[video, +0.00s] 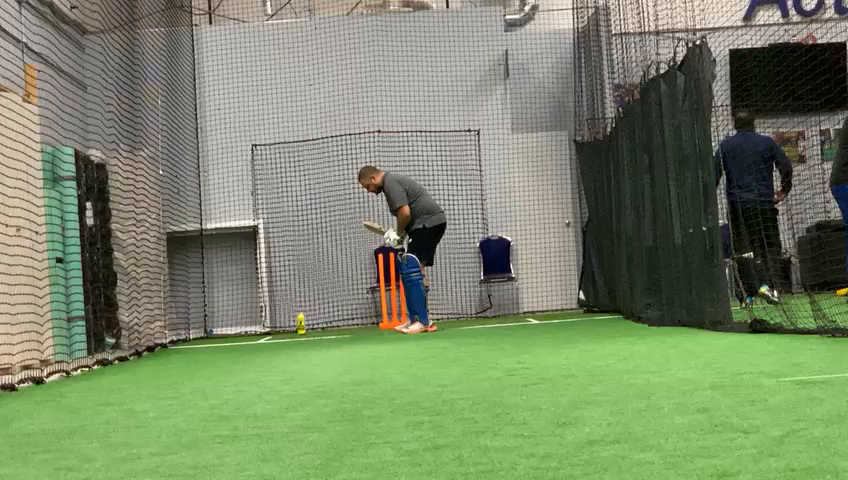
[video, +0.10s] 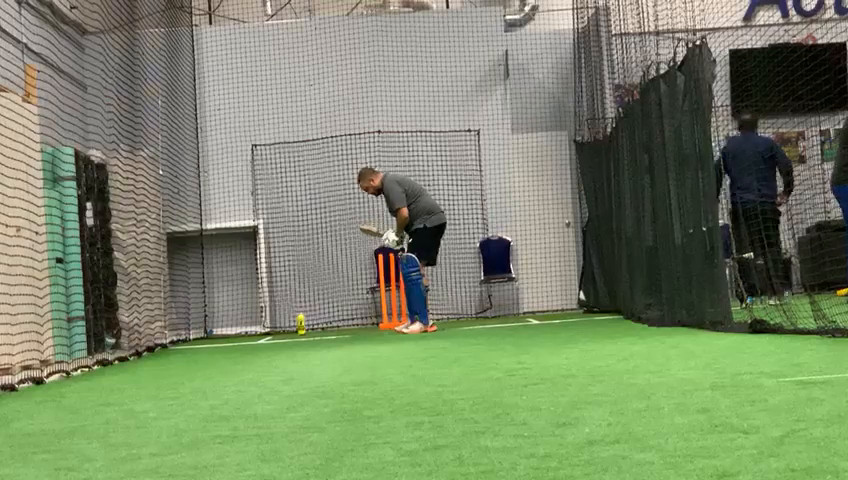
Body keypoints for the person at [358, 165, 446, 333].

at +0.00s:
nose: (368, 191)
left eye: (367, 186)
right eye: (366, 188)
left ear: (374, 178)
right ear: (374, 178)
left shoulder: (390, 182)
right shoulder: (390, 182)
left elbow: (404, 213)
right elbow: (403, 213)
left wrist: (399, 233)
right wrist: (398, 233)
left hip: (428, 223)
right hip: (425, 223)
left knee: (415, 269)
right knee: (413, 269)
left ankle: (422, 320)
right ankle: (416, 318)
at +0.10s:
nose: (369, 193)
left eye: (367, 189)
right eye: (366, 191)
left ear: (373, 180)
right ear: (373, 180)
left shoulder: (390, 183)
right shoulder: (389, 183)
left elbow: (403, 214)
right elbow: (403, 214)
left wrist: (398, 233)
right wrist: (397, 233)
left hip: (427, 223)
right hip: (426, 223)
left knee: (415, 269)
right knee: (415, 269)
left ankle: (421, 320)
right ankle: (419, 318)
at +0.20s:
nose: (368, 196)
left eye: (366, 192)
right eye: (365, 194)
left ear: (371, 184)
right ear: (372, 183)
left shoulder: (388, 184)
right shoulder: (388, 184)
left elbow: (401, 216)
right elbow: (403, 216)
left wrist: (396, 237)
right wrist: (394, 234)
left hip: (428, 222)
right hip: (427, 222)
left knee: (415, 268)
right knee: (417, 268)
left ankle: (421, 319)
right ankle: (422, 318)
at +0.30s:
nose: (368, 200)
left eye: (365, 196)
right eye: (364, 197)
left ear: (370, 187)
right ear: (371, 185)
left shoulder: (386, 187)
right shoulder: (387, 186)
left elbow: (399, 219)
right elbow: (406, 220)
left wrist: (396, 244)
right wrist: (395, 243)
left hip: (430, 224)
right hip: (429, 223)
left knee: (416, 269)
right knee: (418, 269)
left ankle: (421, 320)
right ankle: (421, 319)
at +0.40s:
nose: (368, 203)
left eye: (365, 199)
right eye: (364, 201)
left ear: (371, 190)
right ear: (371, 189)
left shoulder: (387, 191)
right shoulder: (388, 189)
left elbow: (397, 222)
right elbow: (405, 223)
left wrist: (399, 251)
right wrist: (400, 249)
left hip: (431, 223)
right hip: (431, 223)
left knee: (414, 268)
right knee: (417, 268)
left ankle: (420, 320)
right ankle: (422, 319)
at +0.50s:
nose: (368, 205)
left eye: (366, 201)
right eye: (365, 203)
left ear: (371, 193)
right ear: (372, 191)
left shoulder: (387, 194)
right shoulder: (387, 191)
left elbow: (398, 228)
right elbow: (400, 228)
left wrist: (400, 257)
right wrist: (402, 255)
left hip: (431, 225)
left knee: (414, 270)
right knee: (416, 270)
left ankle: (420, 321)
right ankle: (422, 319)